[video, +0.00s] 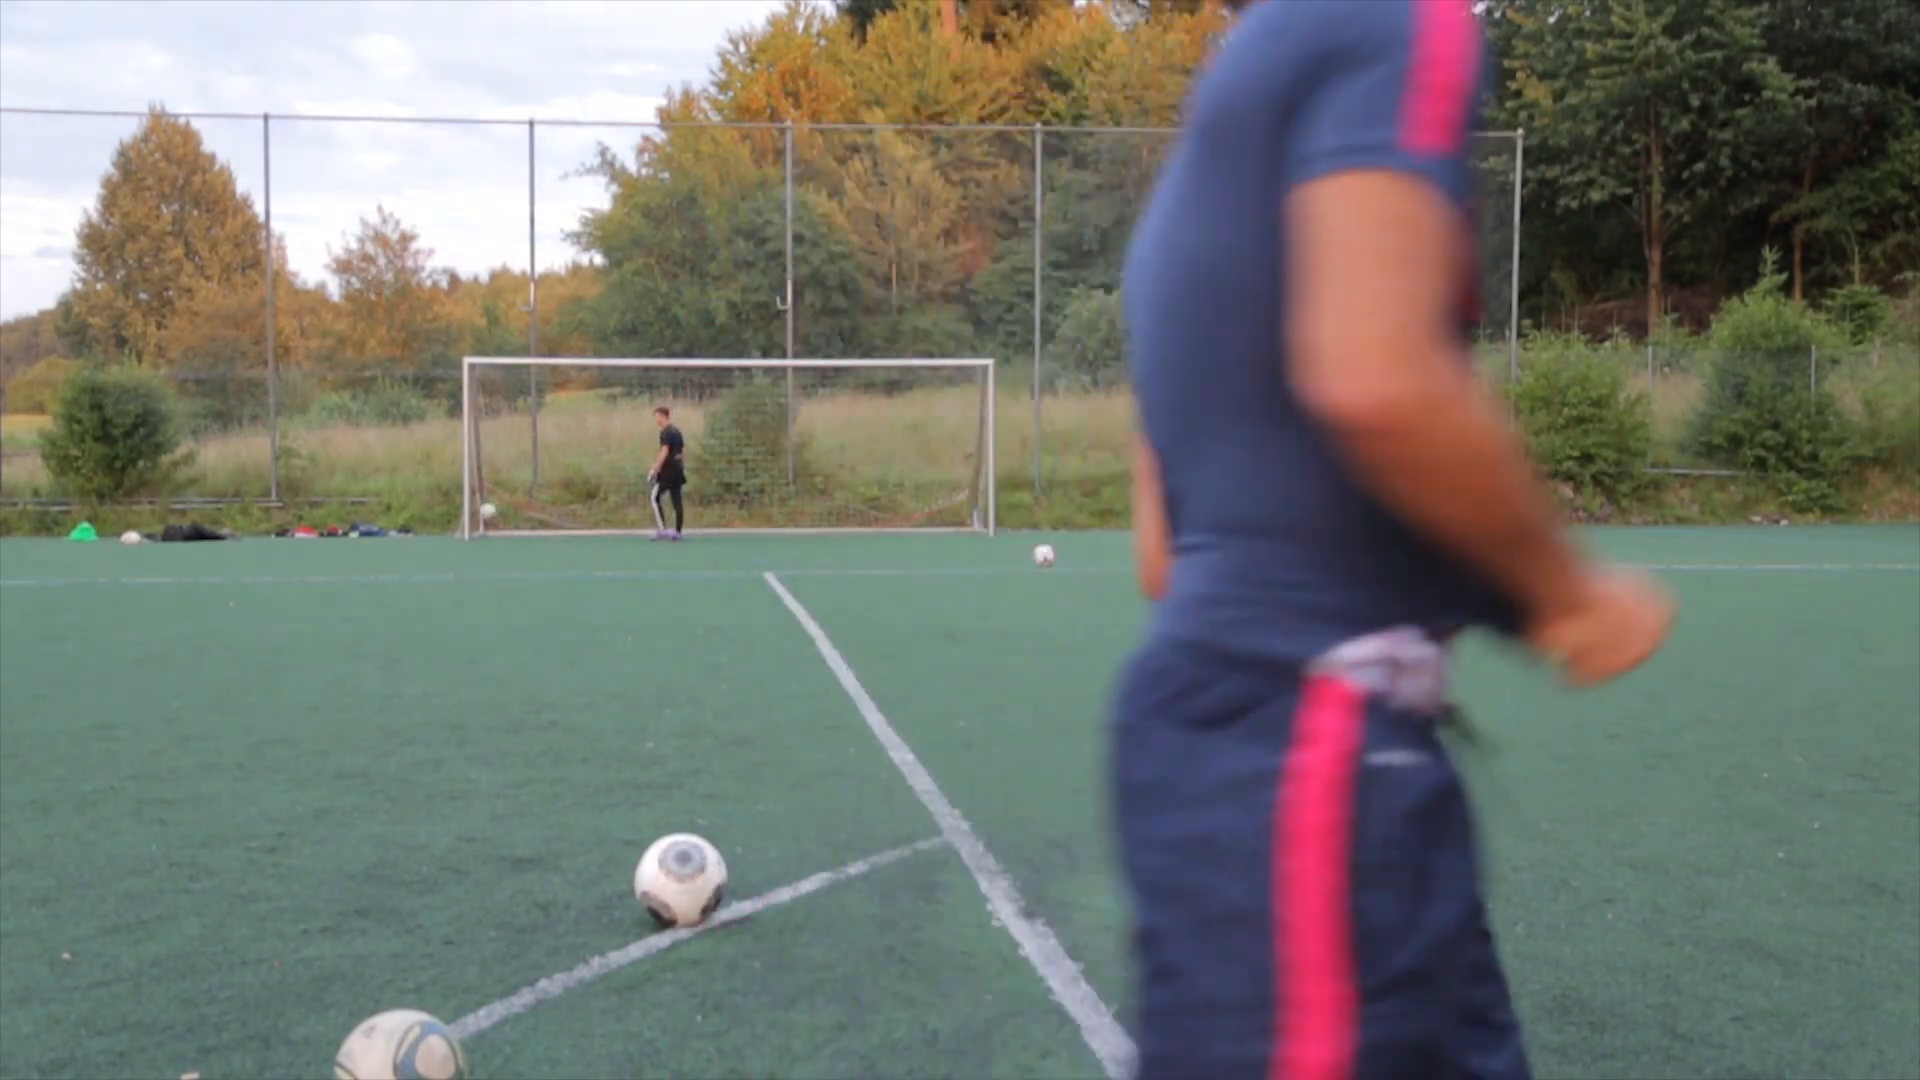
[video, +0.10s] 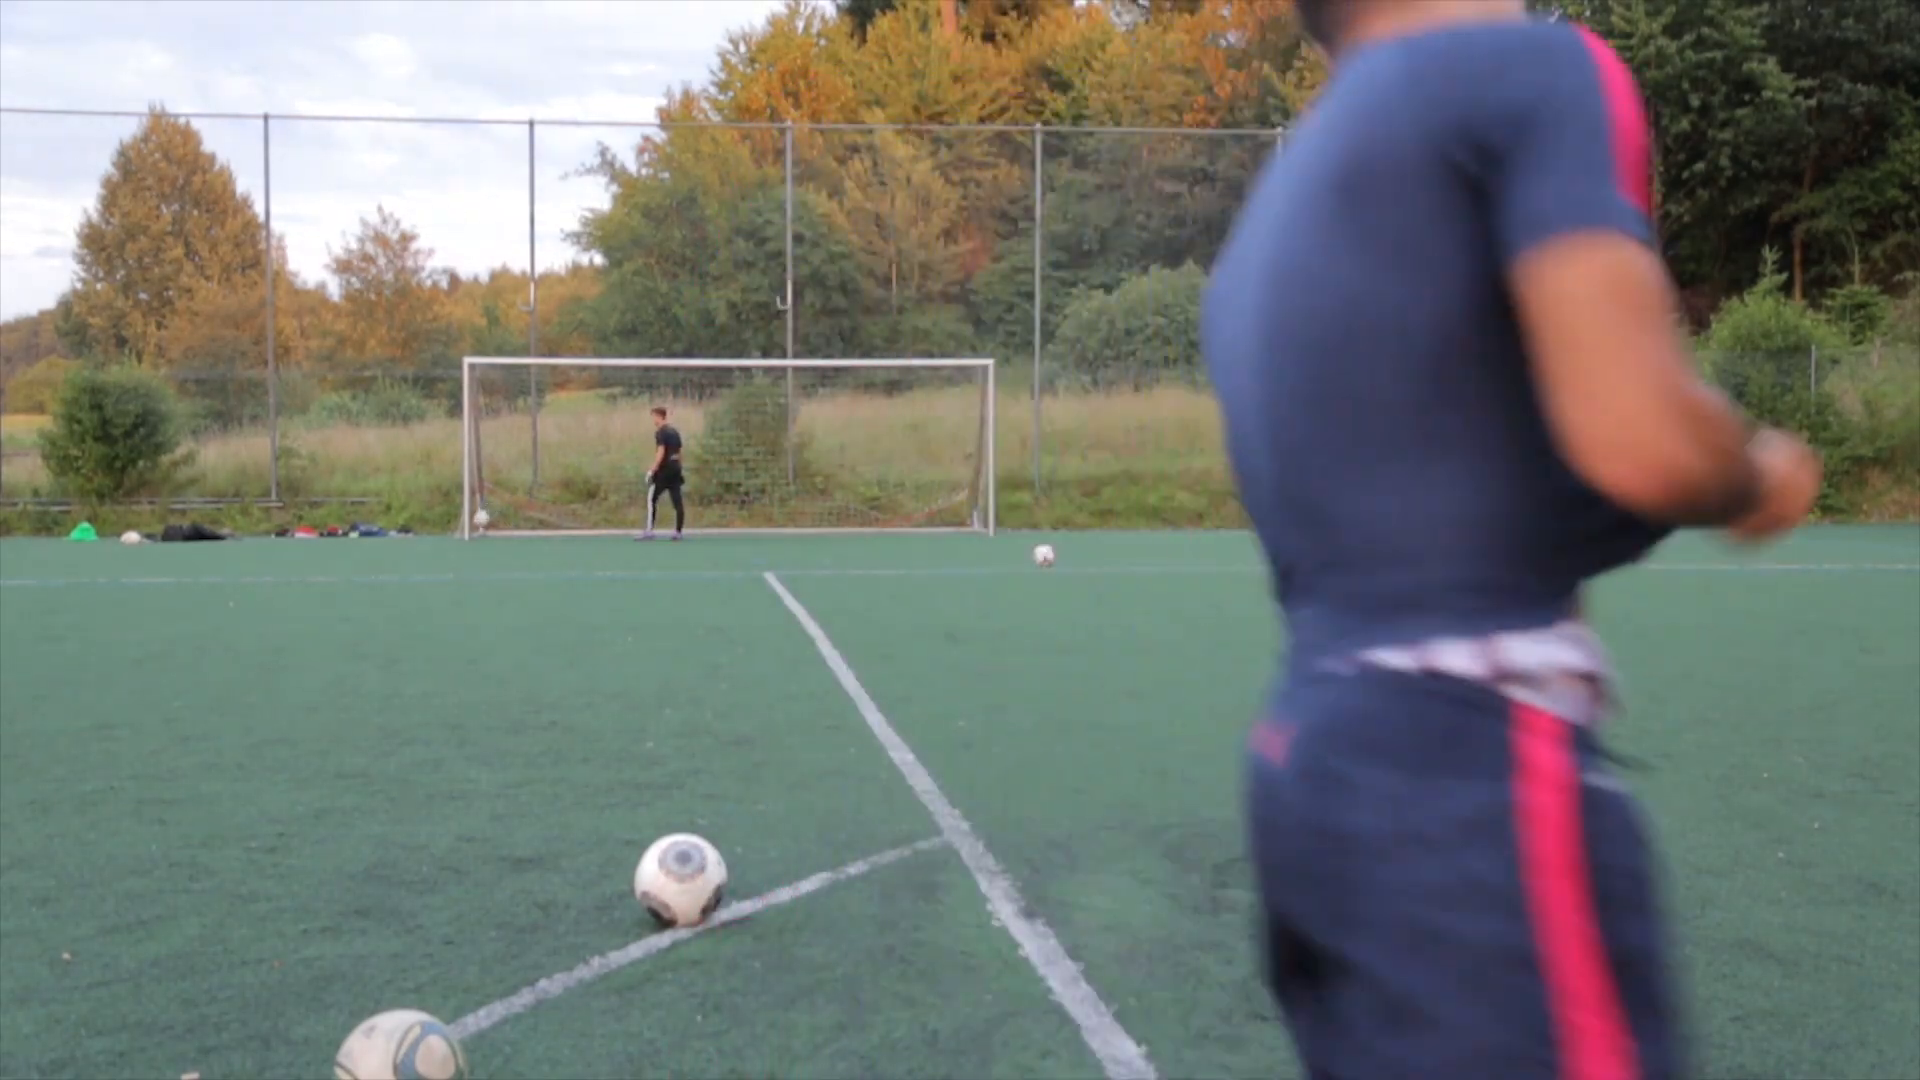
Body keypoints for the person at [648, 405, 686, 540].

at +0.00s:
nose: (656, 421)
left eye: (657, 417)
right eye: (656, 418)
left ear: (664, 417)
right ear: (666, 417)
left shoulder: (666, 432)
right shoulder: (677, 432)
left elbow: (665, 452)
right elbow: (680, 454)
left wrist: (655, 469)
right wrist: (679, 468)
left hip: (667, 470)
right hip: (677, 470)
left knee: (654, 496)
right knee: (677, 501)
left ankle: (661, 529)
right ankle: (678, 530)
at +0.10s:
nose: (654, 421)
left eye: (655, 418)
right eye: (653, 418)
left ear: (660, 417)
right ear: (665, 417)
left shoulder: (661, 432)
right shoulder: (674, 432)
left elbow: (661, 452)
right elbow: (678, 452)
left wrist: (652, 470)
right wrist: (678, 468)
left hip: (664, 467)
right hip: (675, 466)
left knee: (652, 496)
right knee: (677, 500)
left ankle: (649, 529)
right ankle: (678, 531)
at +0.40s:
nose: (637, 422)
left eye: (638, 419)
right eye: (637, 419)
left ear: (643, 419)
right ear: (648, 419)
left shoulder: (641, 435)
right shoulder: (659, 434)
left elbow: (642, 457)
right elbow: (663, 455)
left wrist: (640, 476)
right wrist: (665, 471)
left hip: (647, 470)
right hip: (659, 468)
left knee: (638, 500)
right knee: (663, 503)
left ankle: (632, 531)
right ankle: (675, 530)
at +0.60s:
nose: (626, 420)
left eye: (626, 417)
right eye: (627, 417)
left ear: (628, 417)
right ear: (636, 417)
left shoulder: (630, 434)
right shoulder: (645, 432)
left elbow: (629, 455)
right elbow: (651, 452)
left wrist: (624, 474)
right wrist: (652, 470)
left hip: (633, 468)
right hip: (644, 467)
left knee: (632, 501)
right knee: (639, 500)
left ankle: (631, 531)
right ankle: (658, 522)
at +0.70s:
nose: (619, 420)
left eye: (620, 417)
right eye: (620, 417)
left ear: (623, 417)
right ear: (630, 417)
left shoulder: (624, 433)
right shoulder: (639, 432)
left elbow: (622, 454)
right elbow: (645, 452)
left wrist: (615, 472)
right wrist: (646, 469)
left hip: (628, 468)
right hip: (639, 467)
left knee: (629, 498)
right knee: (631, 497)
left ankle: (632, 529)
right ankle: (641, 522)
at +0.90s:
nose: (607, 419)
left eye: (608, 417)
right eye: (608, 417)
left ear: (610, 418)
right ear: (618, 417)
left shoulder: (612, 433)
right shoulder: (624, 432)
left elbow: (609, 454)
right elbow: (630, 452)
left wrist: (599, 472)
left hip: (618, 469)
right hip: (625, 467)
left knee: (624, 501)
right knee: (611, 499)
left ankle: (631, 532)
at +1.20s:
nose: (583, 421)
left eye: (584, 418)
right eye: (583, 418)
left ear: (592, 418)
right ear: (592, 419)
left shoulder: (594, 435)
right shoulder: (596, 434)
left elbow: (592, 457)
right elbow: (595, 458)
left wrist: (587, 475)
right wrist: (590, 474)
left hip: (596, 475)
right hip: (596, 474)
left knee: (599, 501)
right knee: (588, 501)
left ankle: (623, 527)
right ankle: (585, 531)